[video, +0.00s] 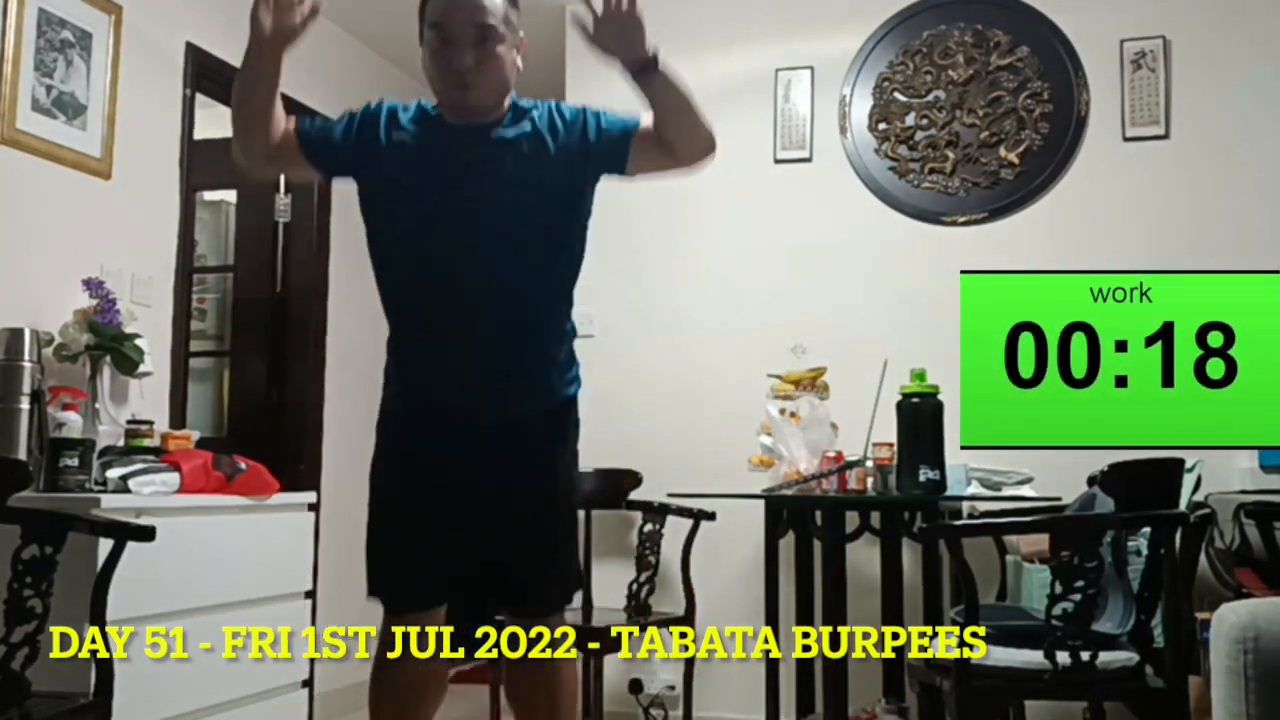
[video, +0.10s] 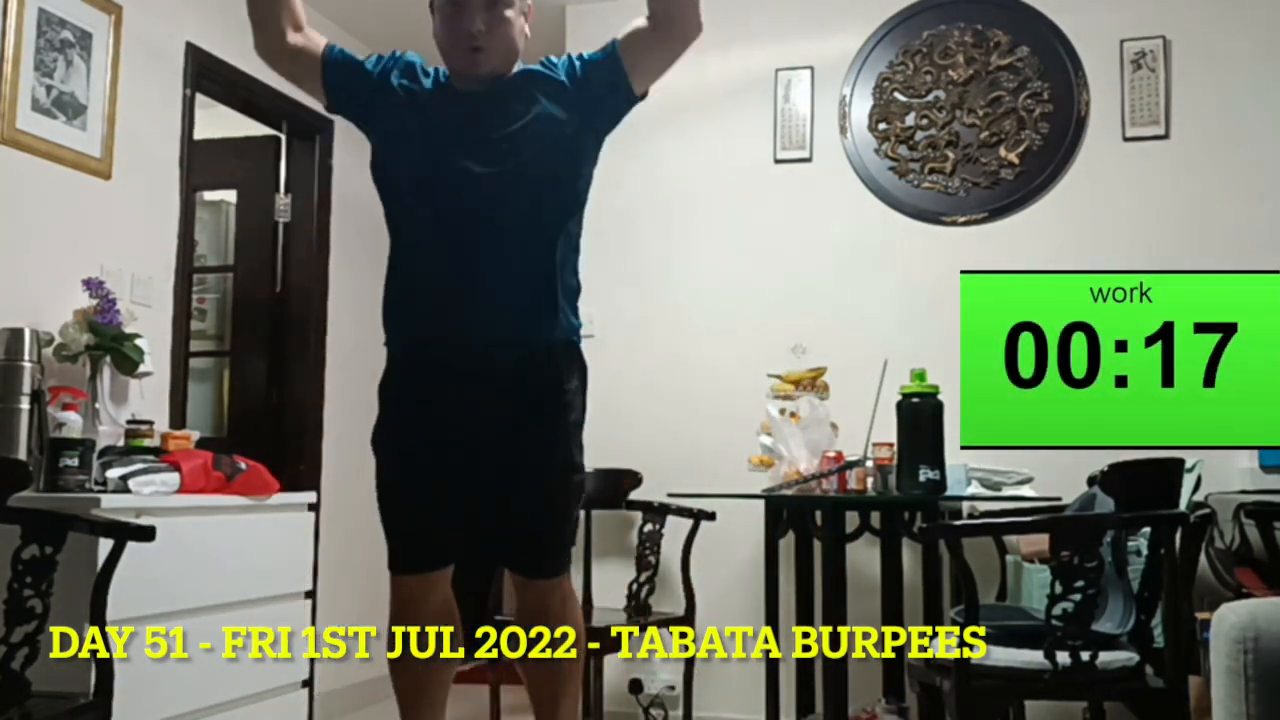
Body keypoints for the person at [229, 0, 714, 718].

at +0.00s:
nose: (462, 57)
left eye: (484, 37)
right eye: (442, 38)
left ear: (519, 50)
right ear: (423, 51)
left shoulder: (564, 135)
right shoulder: (383, 135)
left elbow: (690, 145)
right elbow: (258, 152)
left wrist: (643, 61)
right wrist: (267, 47)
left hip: (534, 418)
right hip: (422, 414)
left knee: (536, 640)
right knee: (415, 633)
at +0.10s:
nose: (472, 25)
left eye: (491, 9)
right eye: (454, 9)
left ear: (525, 14)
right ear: (433, 18)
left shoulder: (572, 93)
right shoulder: (395, 94)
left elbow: (677, 23)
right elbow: (283, 37)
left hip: (539, 377)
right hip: (424, 375)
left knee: (544, 581)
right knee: (417, 579)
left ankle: (559, 717)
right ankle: (421, 719)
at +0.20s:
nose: (481, 35)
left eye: (500, 19)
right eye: (462, 19)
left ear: (533, 32)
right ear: (441, 33)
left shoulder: (575, 103)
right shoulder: (408, 105)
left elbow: (673, 31)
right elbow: (292, 51)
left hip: (543, 381)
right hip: (429, 380)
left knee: (547, 598)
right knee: (430, 597)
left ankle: (560, 718)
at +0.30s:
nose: (490, 101)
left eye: (508, 85)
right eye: (472, 86)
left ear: (538, 98)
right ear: (447, 98)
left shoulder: (579, 173)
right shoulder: (407, 172)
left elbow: (692, 148)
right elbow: (278, 175)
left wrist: (631, 59)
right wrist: (312, 86)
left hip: (547, 446)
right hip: (435, 445)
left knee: (559, 664)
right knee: (432, 666)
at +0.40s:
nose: (484, 204)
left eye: (503, 183)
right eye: (465, 184)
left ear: (536, 185)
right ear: (444, 190)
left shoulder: (580, 277)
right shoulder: (401, 281)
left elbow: (704, 340)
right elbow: (297, 360)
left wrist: (658, 314)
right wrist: (303, 321)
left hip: (557, 535)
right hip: (439, 535)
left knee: (580, 709)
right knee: (409, 708)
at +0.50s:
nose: (472, 343)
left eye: (493, 316)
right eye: (452, 319)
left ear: (527, 295)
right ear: (428, 303)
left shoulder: (575, 376)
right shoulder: (392, 379)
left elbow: (663, 482)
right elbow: (325, 481)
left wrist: (646, 578)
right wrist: (313, 559)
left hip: (561, 563)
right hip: (443, 563)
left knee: (595, 691)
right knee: (399, 701)